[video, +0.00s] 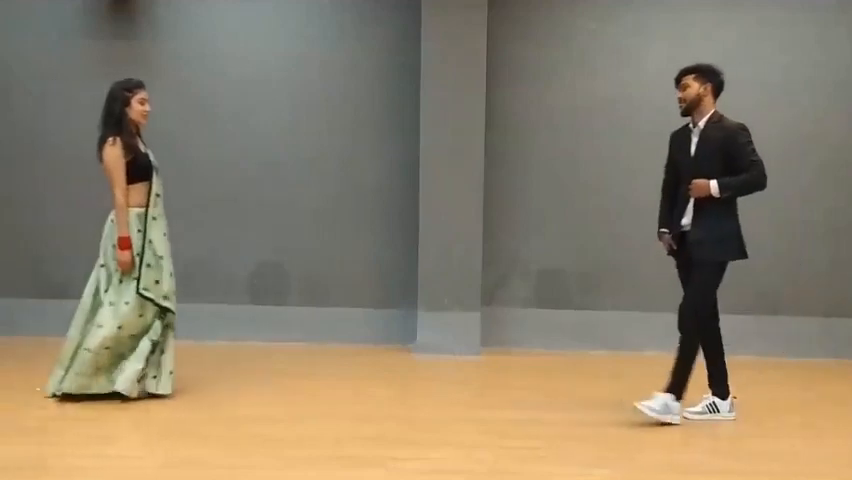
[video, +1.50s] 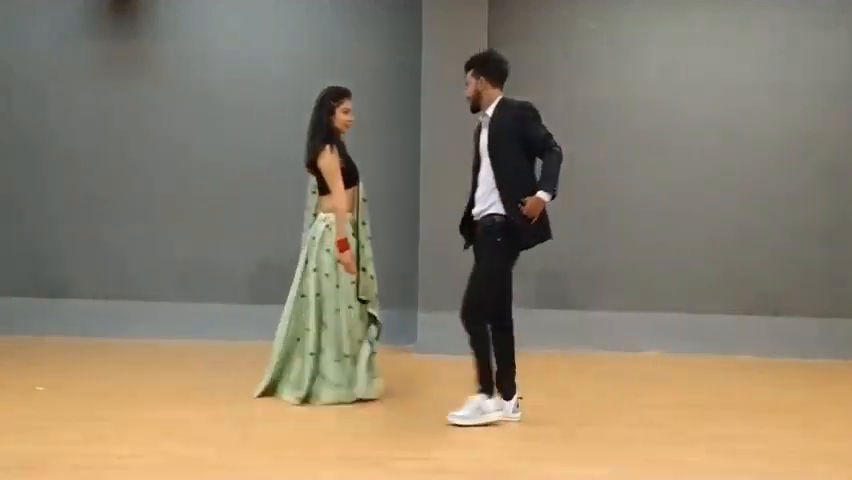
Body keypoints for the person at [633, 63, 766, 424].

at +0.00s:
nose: (678, 94)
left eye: (684, 87)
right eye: (678, 89)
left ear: (707, 89)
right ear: (695, 93)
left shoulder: (732, 132)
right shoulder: (679, 137)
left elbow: (757, 177)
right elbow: (671, 185)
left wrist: (715, 186)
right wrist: (665, 226)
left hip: (716, 238)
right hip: (685, 239)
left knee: (690, 312)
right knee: (705, 316)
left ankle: (672, 397)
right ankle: (721, 398)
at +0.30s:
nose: (640, 96)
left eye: (645, 88)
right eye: (640, 90)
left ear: (666, 90)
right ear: (660, 92)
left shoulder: (684, 135)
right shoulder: (649, 137)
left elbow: (701, 186)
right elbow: (651, 190)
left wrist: (661, 191)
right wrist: (639, 240)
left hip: (667, 246)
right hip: (650, 245)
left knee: (646, 321)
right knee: (672, 320)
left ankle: (626, 401)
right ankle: (714, 391)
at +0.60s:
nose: (603, 88)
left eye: (608, 81)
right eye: (604, 82)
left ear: (627, 83)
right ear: (626, 84)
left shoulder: (635, 125)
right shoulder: (626, 123)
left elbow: (632, 174)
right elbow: (623, 170)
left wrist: (594, 174)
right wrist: (597, 171)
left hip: (624, 242)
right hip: (613, 240)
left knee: (623, 315)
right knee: (595, 312)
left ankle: (623, 401)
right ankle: (633, 374)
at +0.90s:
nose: (563, 93)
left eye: (567, 85)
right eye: (563, 86)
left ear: (584, 86)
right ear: (586, 87)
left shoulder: (600, 121)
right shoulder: (585, 125)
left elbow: (625, 161)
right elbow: (595, 178)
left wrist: (592, 158)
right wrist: (569, 228)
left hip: (595, 240)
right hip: (578, 240)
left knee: (607, 320)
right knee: (557, 315)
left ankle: (622, 401)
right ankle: (524, 390)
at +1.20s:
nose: (508, 92)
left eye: (511, 84)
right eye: (509, 85)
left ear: (528, 84)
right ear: (527, 85)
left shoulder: (557, 115)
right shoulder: (527, 126)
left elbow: (590, 151)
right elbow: (528, 178)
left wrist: (571, 170)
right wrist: (513, 215)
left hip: (544, 232)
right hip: (519, 231)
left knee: (550, 320)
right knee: (517, 319)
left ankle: (604, 382)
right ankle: (507, 399)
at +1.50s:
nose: (465, 90)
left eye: (468, 82)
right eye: (466, 83)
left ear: (483, 82)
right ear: (485, 82)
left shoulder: (519, 112)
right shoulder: (483, 124)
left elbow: (552, 152)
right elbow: (485, 175)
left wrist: (544, 194)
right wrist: (473, 214)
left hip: (504, 225)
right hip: (487, 225)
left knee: (473, 312)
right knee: (499, 317)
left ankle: (486, 396)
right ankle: (508, 399)